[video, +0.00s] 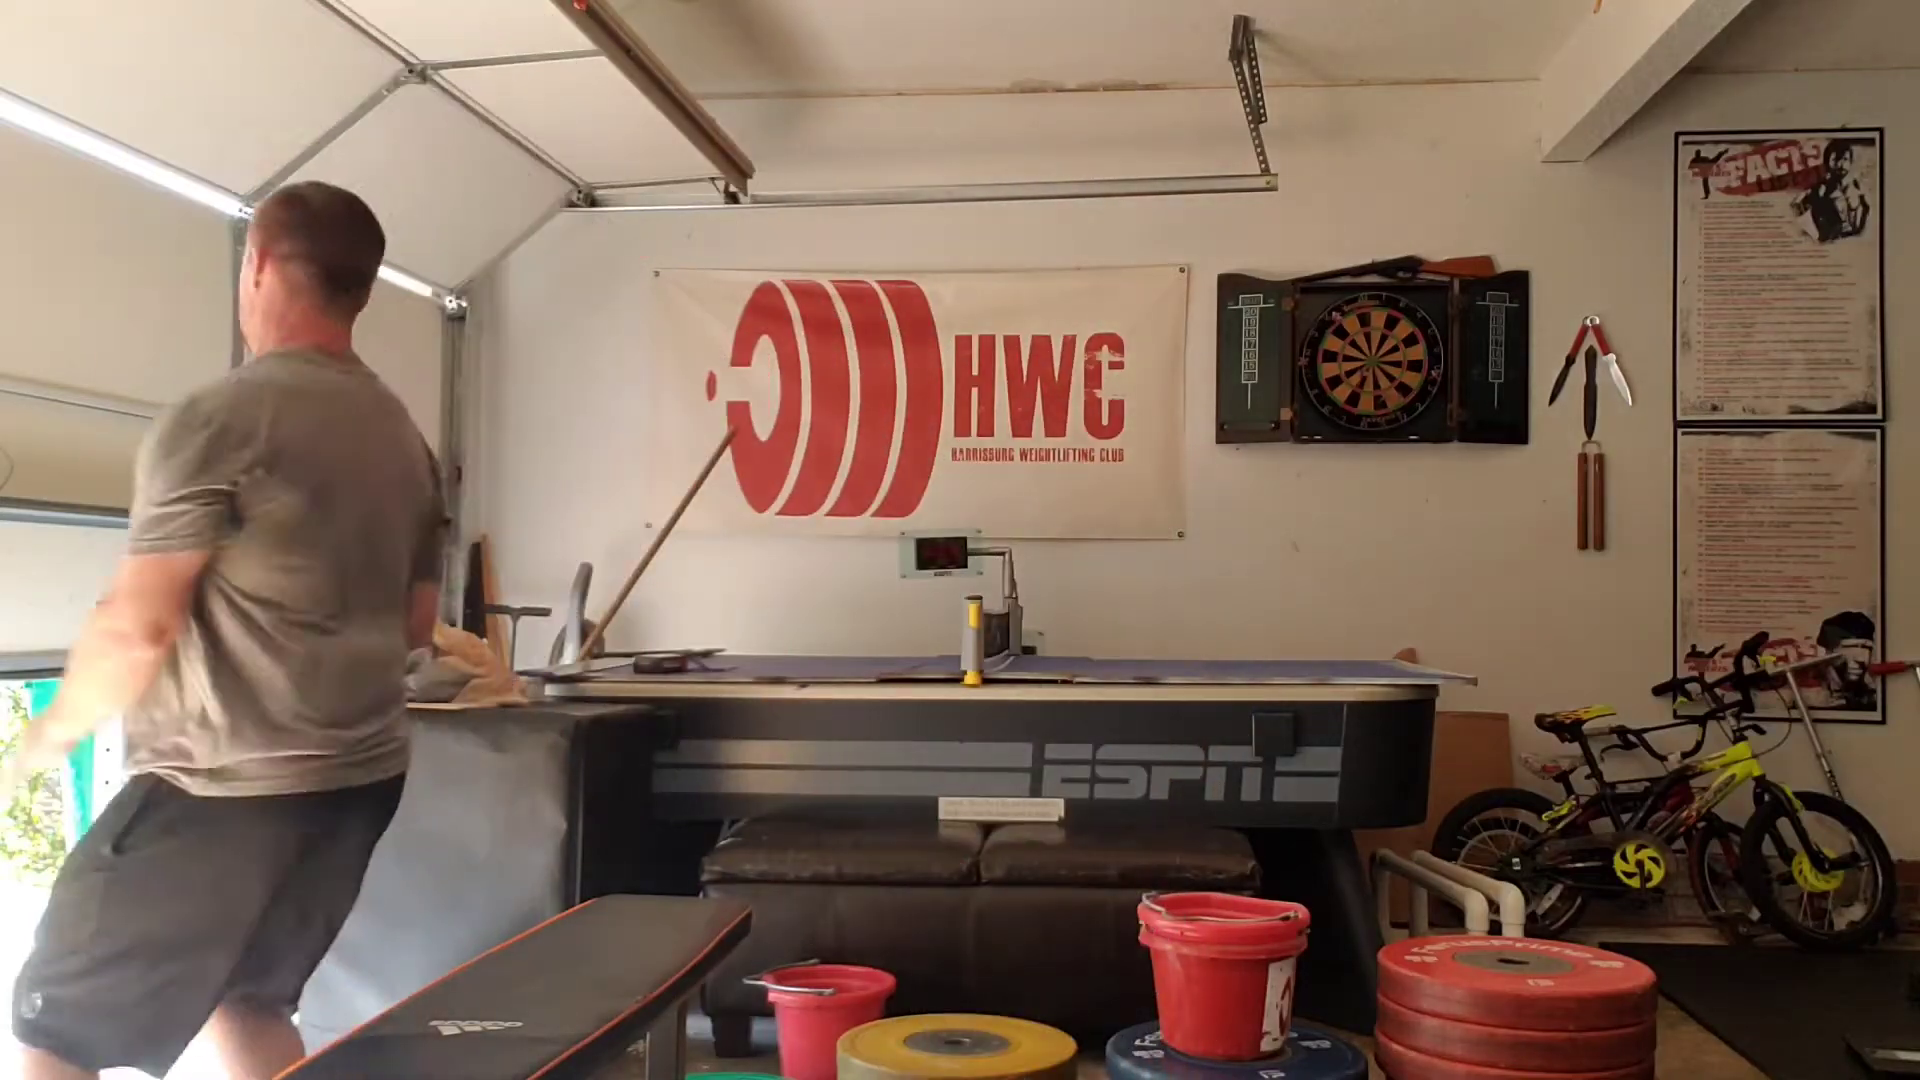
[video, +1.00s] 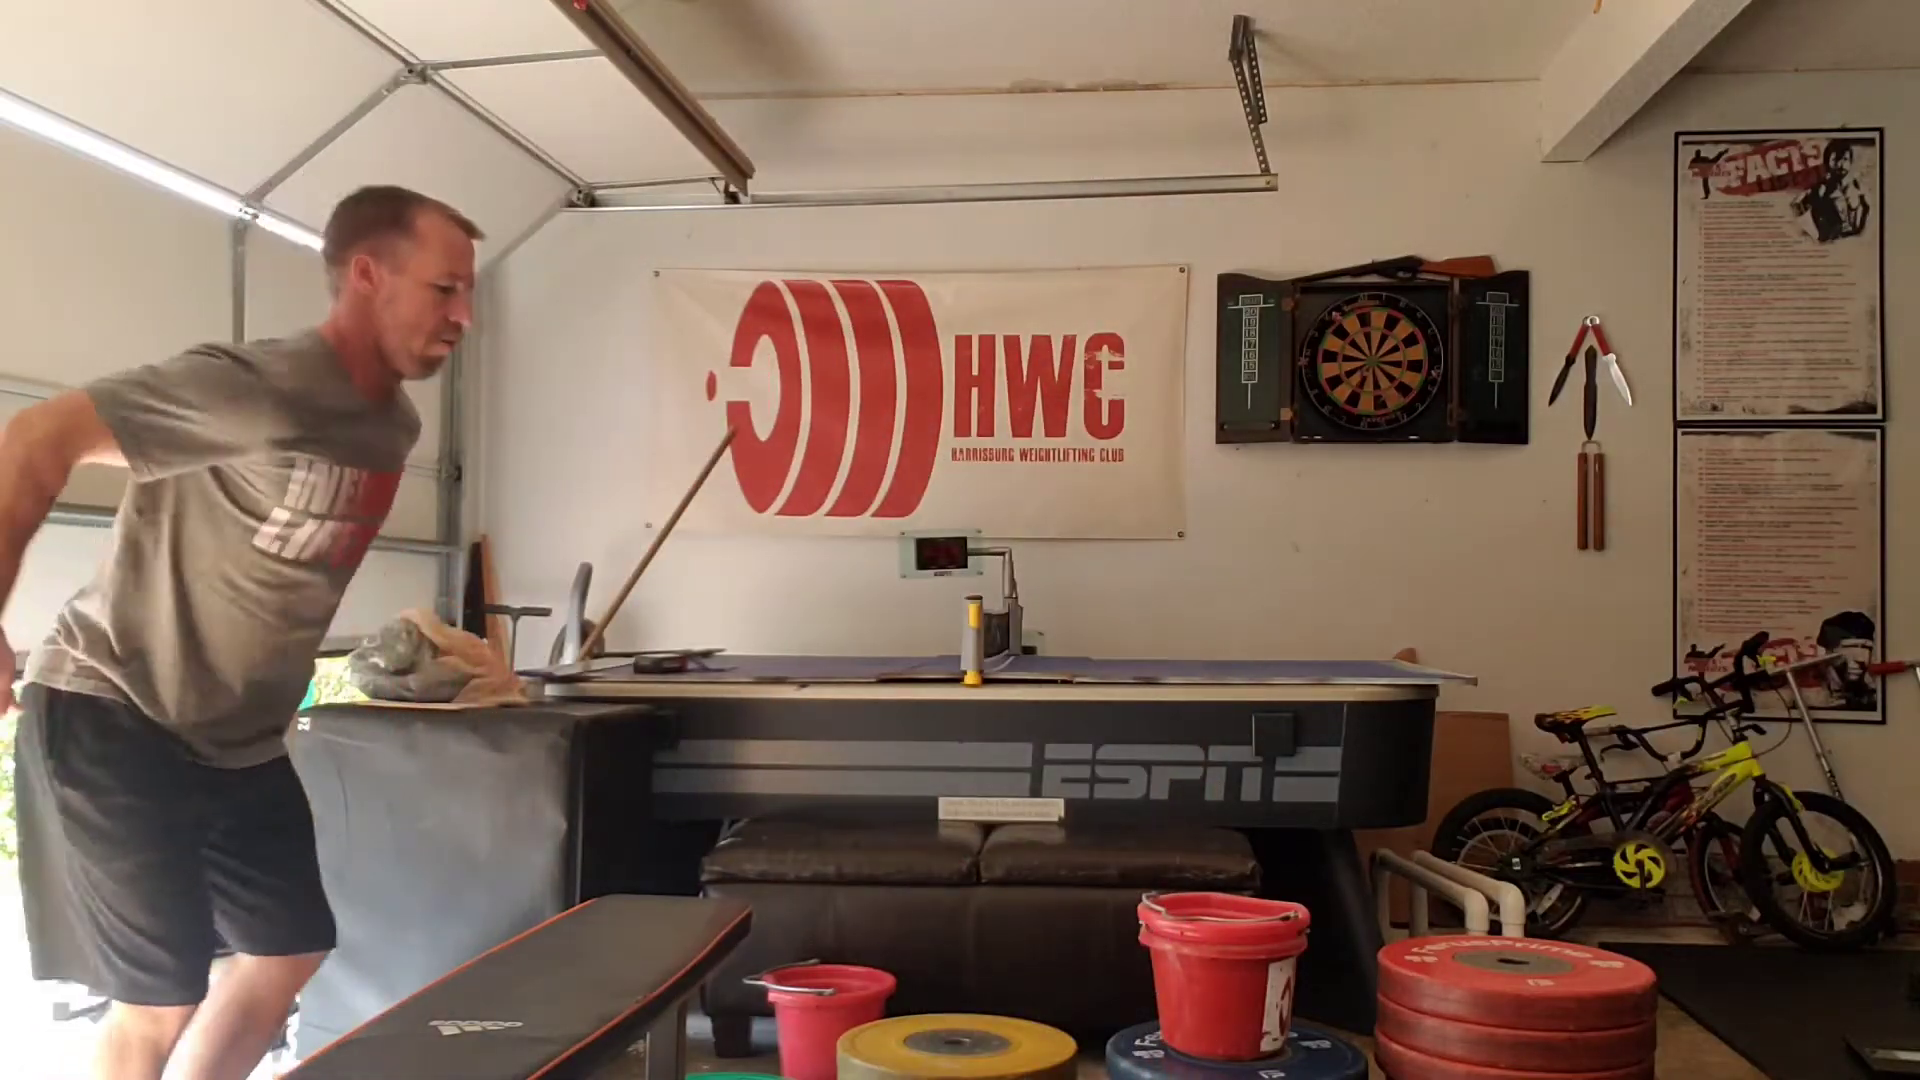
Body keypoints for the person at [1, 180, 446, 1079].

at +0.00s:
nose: (243, 287)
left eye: (246, 266)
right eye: (249, 267)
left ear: (265, 268)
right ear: (362, 289)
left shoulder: (221, 417)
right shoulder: (406, 439)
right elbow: (416, 622)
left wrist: (50, 733)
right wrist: (294, 639)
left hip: (217, 791)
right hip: (360, 780)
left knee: (56, 1041)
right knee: (252, 1005)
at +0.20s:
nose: (362, 232)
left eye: (364, 212)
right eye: (363, 211)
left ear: (243, 198)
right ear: (338, 210)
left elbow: (27, 477)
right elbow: (426, 545)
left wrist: (141, 514)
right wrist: (373, 548)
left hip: (115, 682)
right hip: (277, 681)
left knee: (96, 982)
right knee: (305, 951)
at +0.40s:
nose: (373, 238)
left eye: (371, 214)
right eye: (358, 210)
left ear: (271, 208)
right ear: (278, 203)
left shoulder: (201, 328)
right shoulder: (266, 333)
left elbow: (203, 543)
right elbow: (316, 546)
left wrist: (322, 625)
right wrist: (439, 632)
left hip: (151, 667)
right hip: (216, 673)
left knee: (171, 980)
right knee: (241, 984)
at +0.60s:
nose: (361, 245)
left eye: (363, 223)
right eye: (343, 220)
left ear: (268, 220)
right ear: (259, 215)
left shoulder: (291, 371)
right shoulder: (187, 347)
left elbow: (314, 538)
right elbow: (158, 523)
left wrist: (417, 600)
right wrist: (334, 630)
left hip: (230, 688)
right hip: (152, 678)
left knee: (218, 960)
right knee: (230, 957)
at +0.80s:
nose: (382, 248)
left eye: (385, 227)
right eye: (363, 221)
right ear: (278, 213)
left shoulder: (331, 373)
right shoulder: (200, 339)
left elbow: (357, 527)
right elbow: (61, 481)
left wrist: (431, 636)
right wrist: (122, 654)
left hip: (234, 719)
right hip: (140, 705)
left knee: (187, 990)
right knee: (166, 993)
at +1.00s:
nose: (464, 318)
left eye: (467, 294)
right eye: (445, 288)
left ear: (376, 279)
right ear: (364, 274)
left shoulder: (393, 429)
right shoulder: (253, 387)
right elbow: (45, 434)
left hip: (243, 732)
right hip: (112, 708)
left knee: (281, 952)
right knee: (157, 1002)